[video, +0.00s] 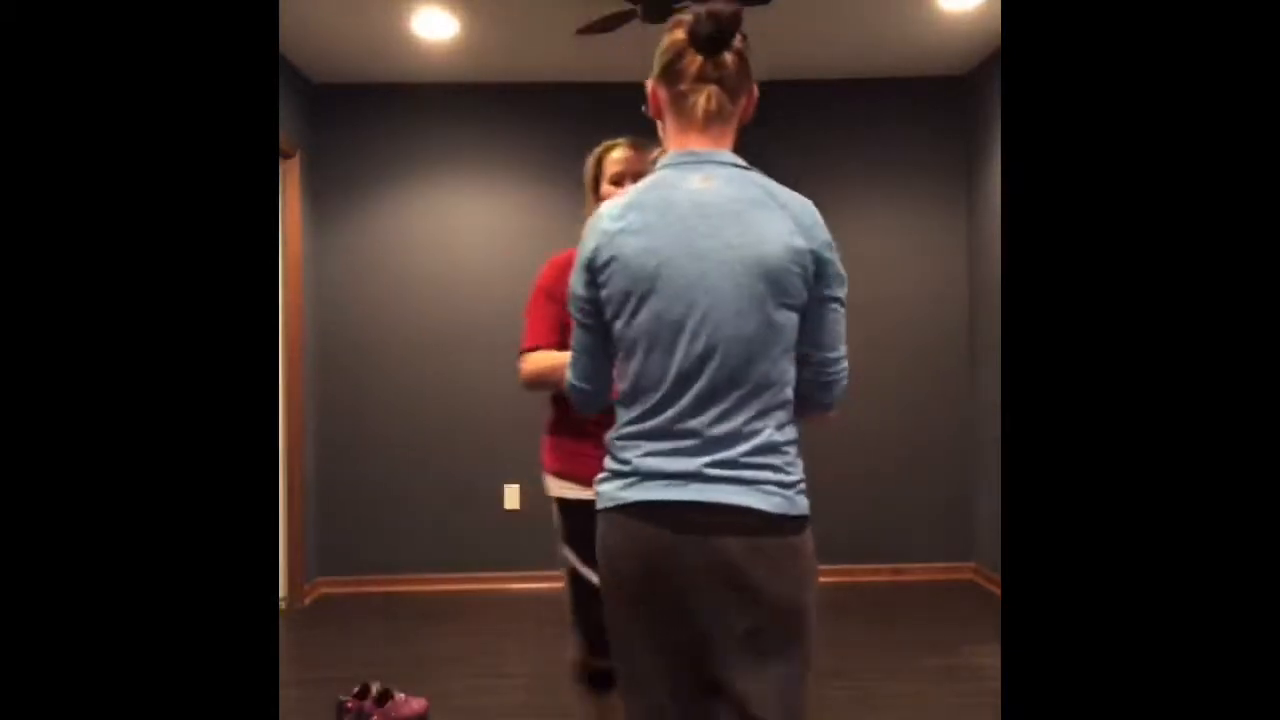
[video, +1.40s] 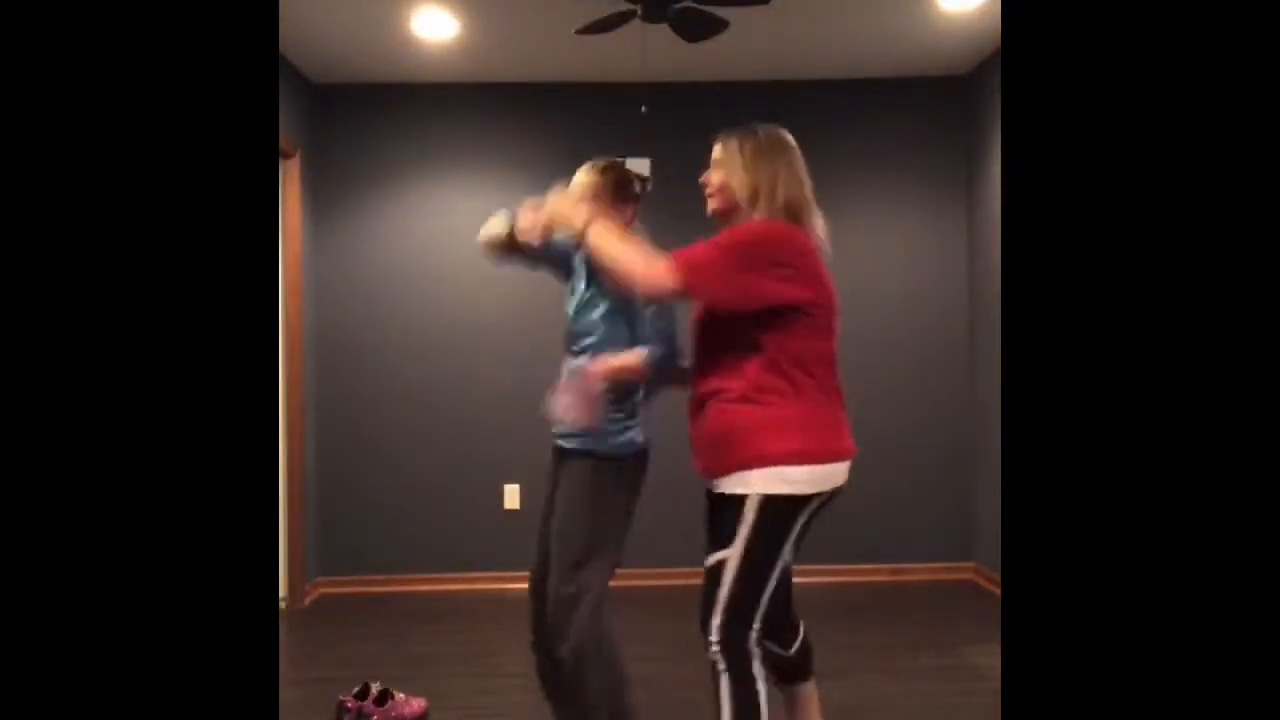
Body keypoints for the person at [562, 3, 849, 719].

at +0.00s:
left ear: (654, 100)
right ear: (748, 103)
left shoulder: (610, 226)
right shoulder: (799, 218)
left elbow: (587, 389)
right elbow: (822, 388)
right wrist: (741, 387)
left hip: (638, 525)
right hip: (763, 526)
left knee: (656, 708)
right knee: (770, 707)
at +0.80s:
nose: (658, 170)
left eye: (659, 158)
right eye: (659, 159)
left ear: (673, 158)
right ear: (737, 163)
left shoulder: (634, 250)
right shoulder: (778, 250)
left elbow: (611, 385)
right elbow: (767, 353)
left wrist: (683, 364)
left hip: (660, 506)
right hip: (759, 498)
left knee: (653, 688)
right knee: (773, 685)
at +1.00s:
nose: (612, 193)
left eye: (618, 180)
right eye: (614, 180)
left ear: (644, 184)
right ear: (687, 186)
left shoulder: (606, 263)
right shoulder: (724, 265)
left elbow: (571, 379)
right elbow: (720, 358)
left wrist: (627, 383)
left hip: (615, 490)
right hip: (701, 485)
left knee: (622, 664)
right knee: (717, 653)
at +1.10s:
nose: (585, 202)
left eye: (592, 188)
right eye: (588, 188)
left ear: (629, 192)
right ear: (653, 193)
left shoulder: (603, 261)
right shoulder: (697, 262)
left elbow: (562, 373)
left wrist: (602, 375)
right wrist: (649, 142)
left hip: (599, 484)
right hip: (668, 484)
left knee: (608, 650)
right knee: (653, 626)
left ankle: (622, 718)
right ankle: (688, 709)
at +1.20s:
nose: (570, 200)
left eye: (582, 188)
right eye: (574, 187)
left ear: (625, 197)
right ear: (630, 197)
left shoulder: (607, 263)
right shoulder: (668, 259)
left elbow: (566, 369)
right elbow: (664, 352)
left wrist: (587, 331)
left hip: (599, 466)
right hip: (643, 459)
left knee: (584, 617)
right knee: (597, 615)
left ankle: (619, 713)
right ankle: (624, 710)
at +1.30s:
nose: (573, 208)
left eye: (587, 195)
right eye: (572, 196)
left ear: (626, 202)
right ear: (574, 201)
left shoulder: (630, 265)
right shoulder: (617, 258)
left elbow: (605, 365)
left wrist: (559, 346)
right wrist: (566, 152)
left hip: (609, 461)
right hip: (591, 455)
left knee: (575, 606)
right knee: (548, 589)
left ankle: (605, 711)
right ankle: (584, 703)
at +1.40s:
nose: (573, 215)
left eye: (583, 204)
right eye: (571, 204)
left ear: (618, 209)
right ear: (576, 210)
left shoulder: (646, 269)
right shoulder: (577, 255)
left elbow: (662, 356)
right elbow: (497, 243)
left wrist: (602, 368)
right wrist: (518, 227)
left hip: (610, 456)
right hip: (573, 452)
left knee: (575, 606)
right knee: (549, 602)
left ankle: (605, 711)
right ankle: (574, 710)